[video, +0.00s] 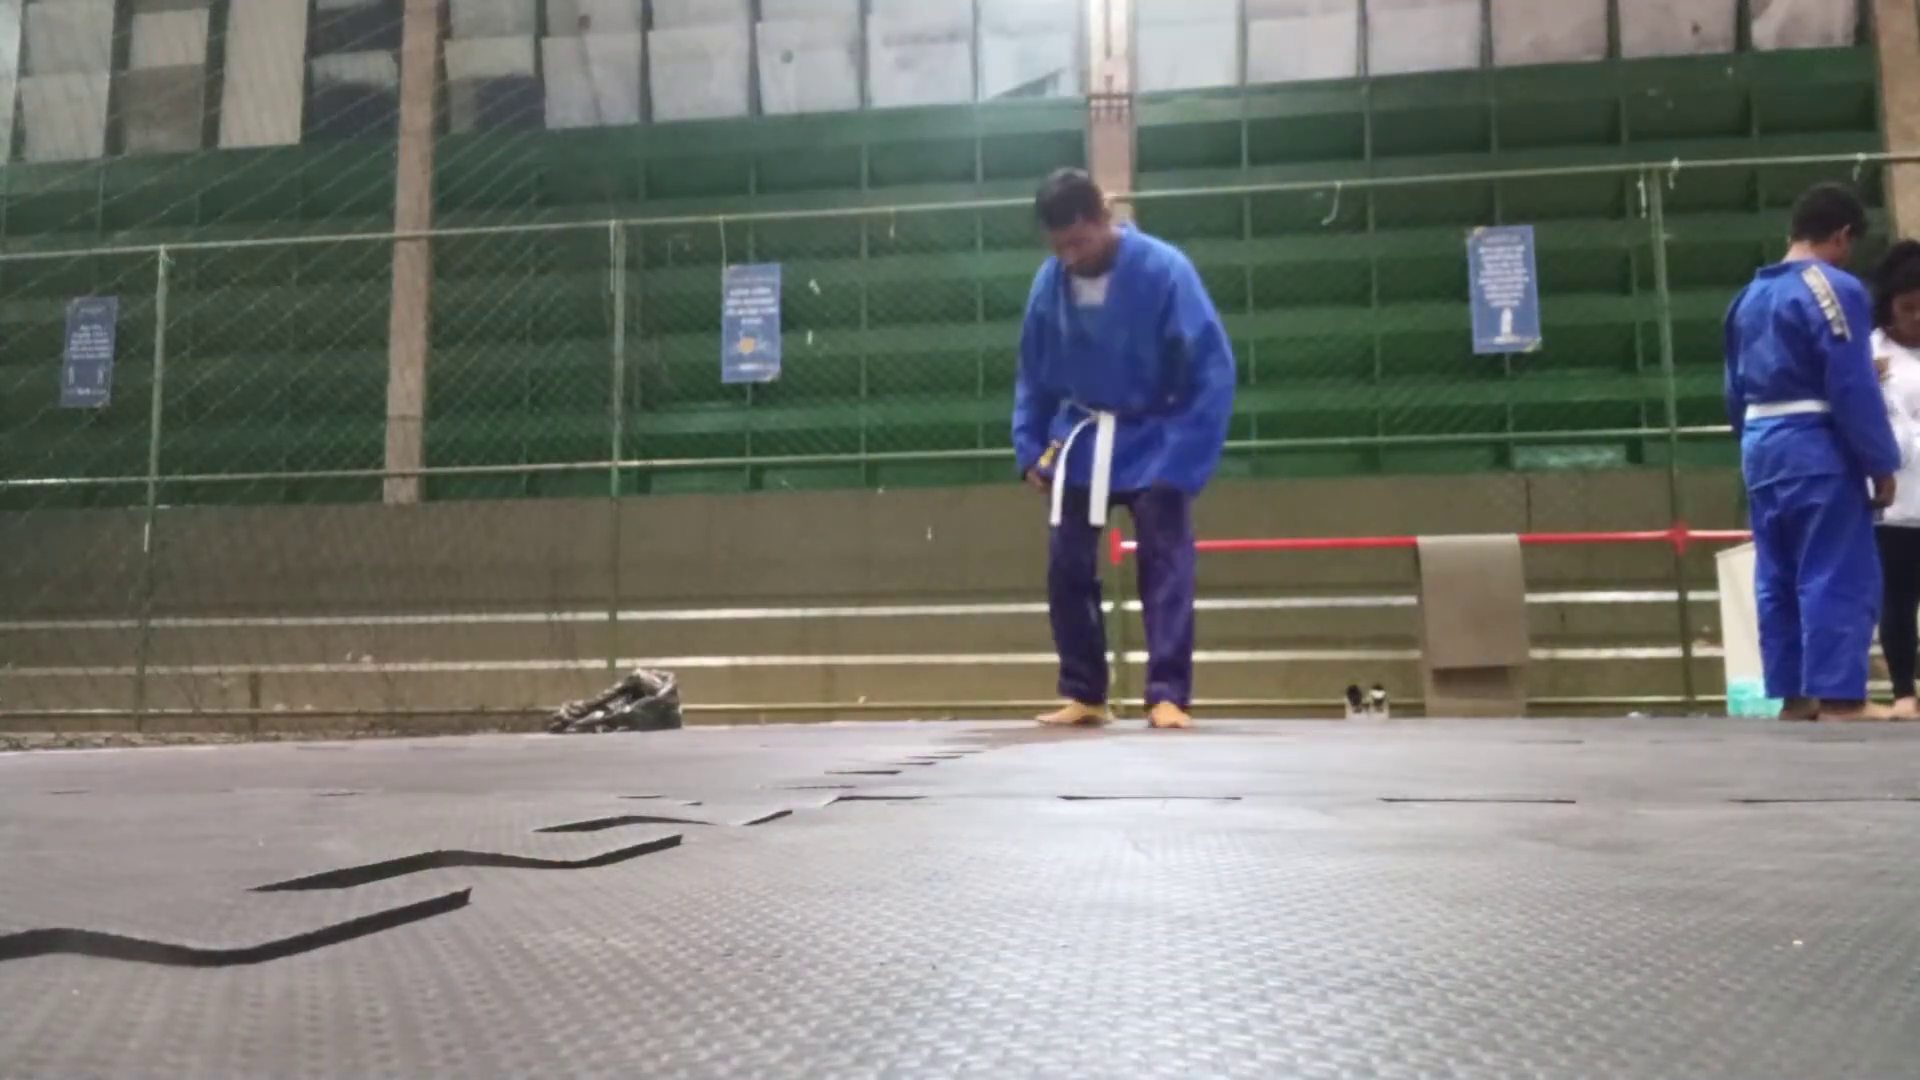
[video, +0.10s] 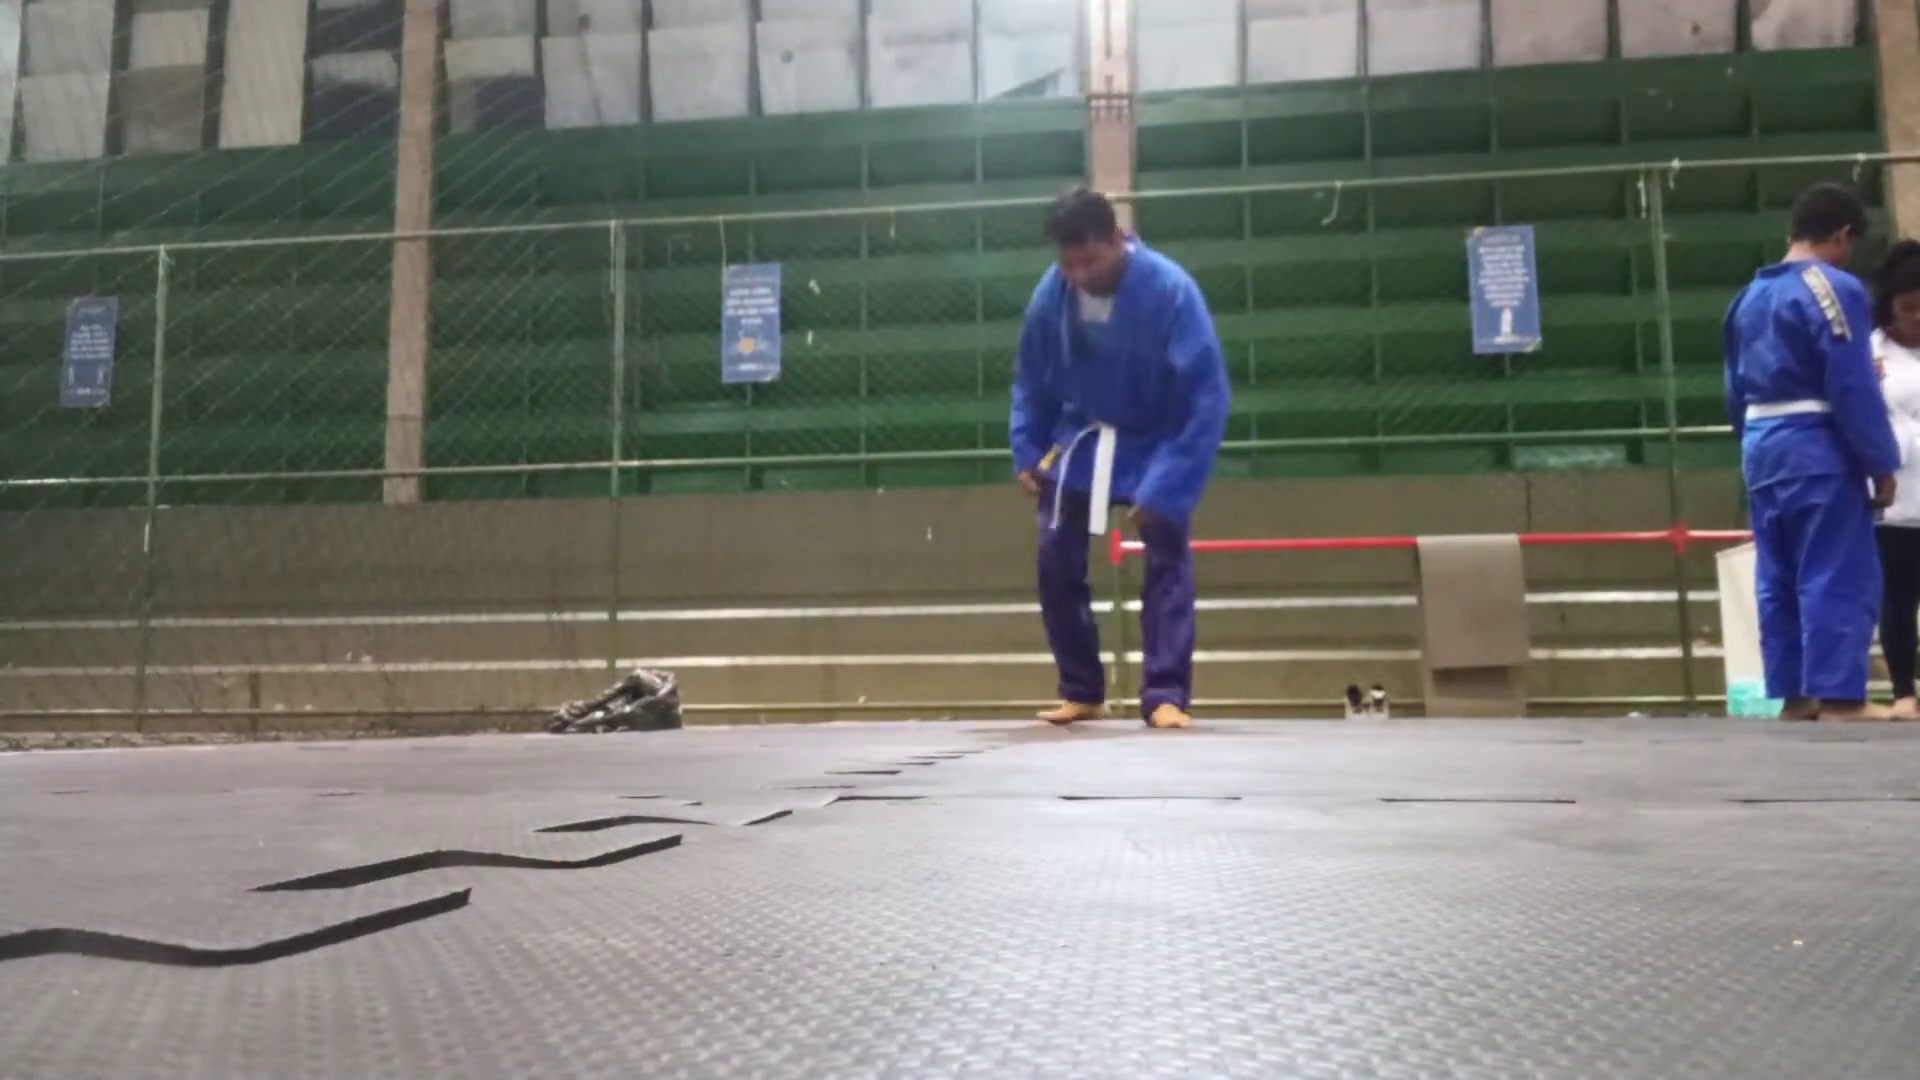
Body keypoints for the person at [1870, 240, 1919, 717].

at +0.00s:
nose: (1914, 316)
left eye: (1917, 307)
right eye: (1907, 307)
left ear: (1919, 307)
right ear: (1888, 307)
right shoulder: (1872, 351)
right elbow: (1850, 412)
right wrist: (1862, 383)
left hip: (1911, 498)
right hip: (1894, 498)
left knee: (1906, 604)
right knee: (1898, 604)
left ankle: (1908, 688)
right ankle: (1904, 690)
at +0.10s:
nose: (1914, 316)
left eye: (1917, 306)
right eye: (1907, 306)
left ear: (1919, 306)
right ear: (1889, 306)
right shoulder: (1872, 352)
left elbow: (1864, 417)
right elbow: (1857, 415)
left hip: (1911, 498)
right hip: (1893, 498)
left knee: (1906, 604)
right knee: (1898, 604)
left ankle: (1908, 689)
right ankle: (1904, 690)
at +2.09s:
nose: (1918, 315)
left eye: (1919, 305)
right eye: (1912, 304)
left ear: (1912, 308)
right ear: (1892, 303)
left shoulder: (1892, 354)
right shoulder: (1873, 349)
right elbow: (1854, 405)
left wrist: (1891, 400)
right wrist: (1891, 400)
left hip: (1913, 497)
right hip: (1895, 497)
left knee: (1907, 603)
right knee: (1899, 603)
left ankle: (1908, 690)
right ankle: (1904, 691)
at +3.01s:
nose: (1914, 322)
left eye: (1917, 312)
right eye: (1907, 312)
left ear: (1918, 311)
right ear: (1885, 310)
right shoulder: (1868, 355)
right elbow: (1855, 416)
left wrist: (1900, 413)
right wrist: (1897, 413)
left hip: (1912, 499)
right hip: (1893, 499)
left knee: (1905, 605)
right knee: (1898, 605)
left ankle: (1908, 690)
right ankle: (1904, 691)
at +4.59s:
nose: (1913, 323)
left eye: (1915, 313)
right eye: (1906, 313)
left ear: (1916, 312)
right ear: (1886, 312)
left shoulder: (1893, 363)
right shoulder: (1875, 362)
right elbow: (1861, 421)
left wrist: (1897, 421)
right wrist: (1897, 421)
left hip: (1914, 504)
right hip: (1896, 506)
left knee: (1905, 608)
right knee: (1898, 607)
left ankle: (1908, 689)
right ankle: (1904, 690)